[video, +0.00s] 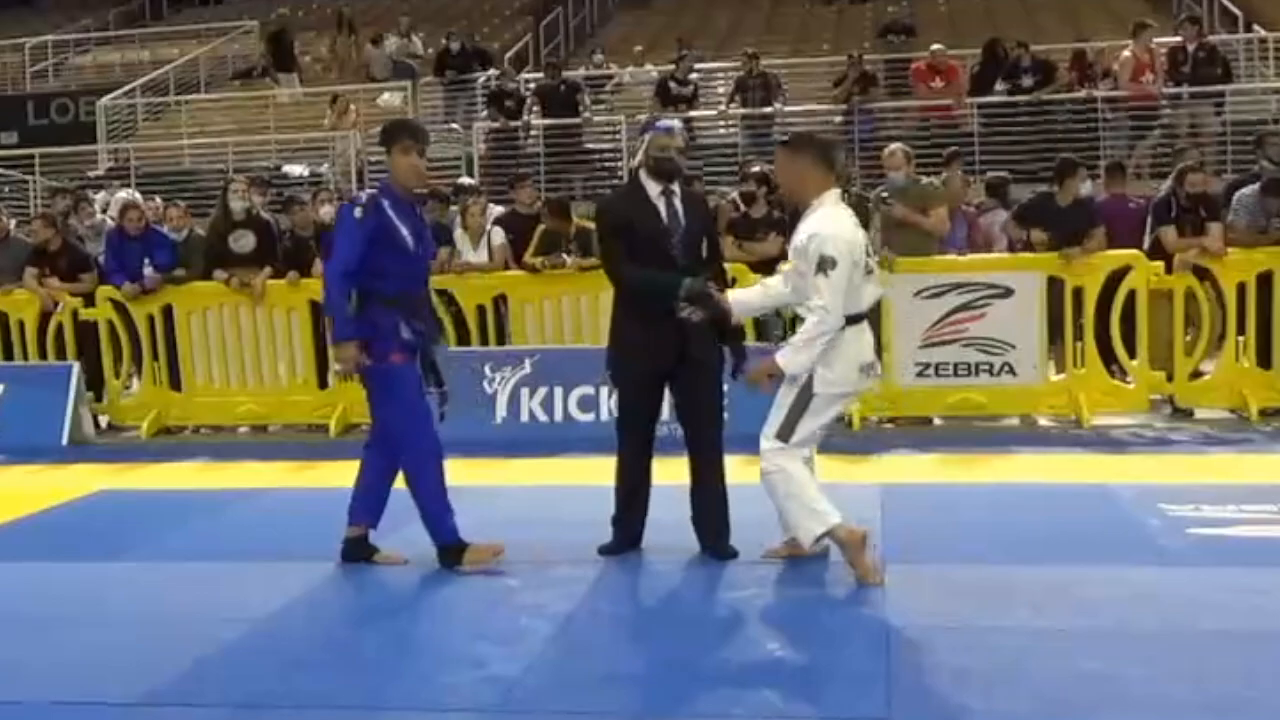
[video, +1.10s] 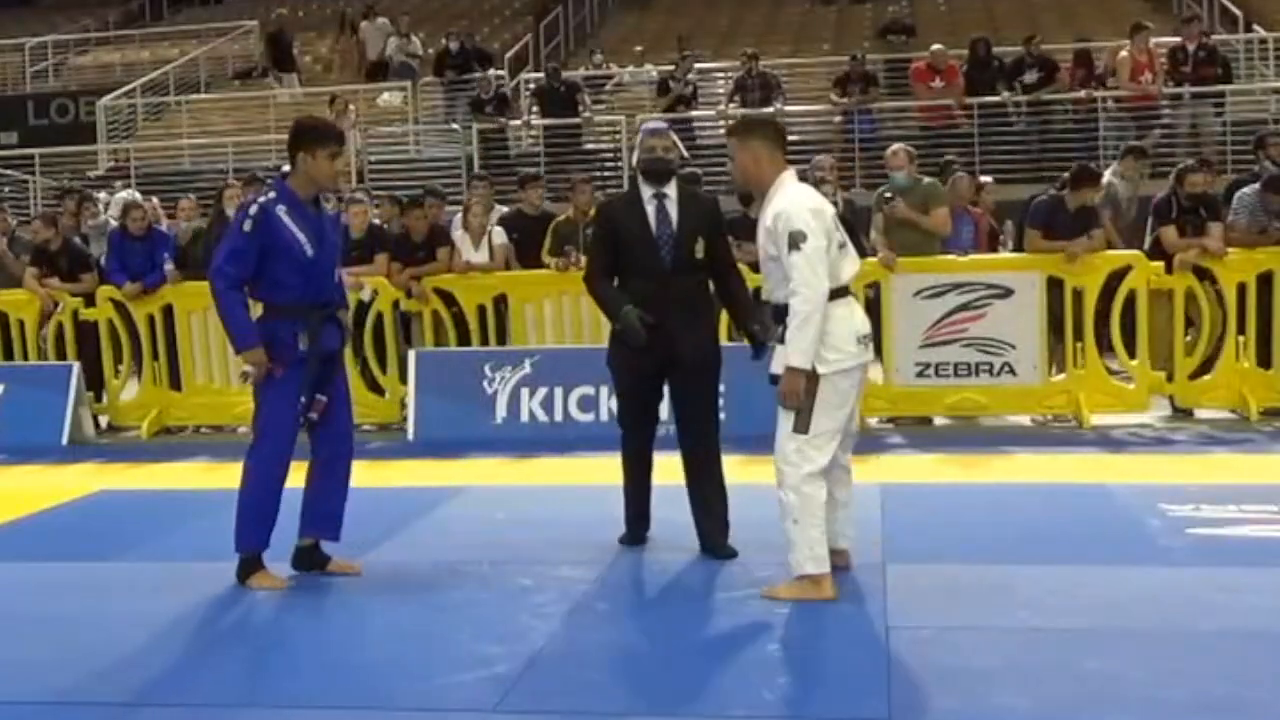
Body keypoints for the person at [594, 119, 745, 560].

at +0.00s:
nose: (671, 158)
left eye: (677, 151)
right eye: (662, 150)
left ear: (684, 154)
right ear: (642, 151)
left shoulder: (697, 202)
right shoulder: (615, 206)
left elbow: (714, 272)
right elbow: (620, 274)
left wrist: (733, 334)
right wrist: (681, 288)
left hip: (696, 339)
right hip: (640, 340)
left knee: (706, 442)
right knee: (634, 441)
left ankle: (714, 536)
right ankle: (627, 533)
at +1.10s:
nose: (659, 152)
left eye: (667, 146)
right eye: (650, 146)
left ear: (680, 154)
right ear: (636, 155)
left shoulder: (701, 206)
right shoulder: (613, 211)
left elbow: (725, 271)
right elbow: (596, 276)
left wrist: (749, 322)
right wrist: (620, 310)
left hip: (695, 338)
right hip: (637, 339)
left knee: (701, 438)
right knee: (636, 438)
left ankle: (713, 535)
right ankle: (636, 526)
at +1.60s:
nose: (642, 160)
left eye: (648, 153)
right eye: (633, 154)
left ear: (660, 159)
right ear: (618, 161)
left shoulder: (682, 204)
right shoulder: (602, 210)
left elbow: (705, 268)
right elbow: (584, 267)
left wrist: (725, 322)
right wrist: (599, 243)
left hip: (682, 330)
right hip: (628, 334)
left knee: (699, 413)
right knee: (631, 430)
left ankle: (700, 489)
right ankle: (636, 522)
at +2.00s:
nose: (669, 163)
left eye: (677, 155)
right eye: (662, 156)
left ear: (689, 161)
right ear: (650, 162)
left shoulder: (706, 205)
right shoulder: (636, 208)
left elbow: (726, 260)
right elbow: (626, 251)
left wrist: (728, 316)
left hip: (698, 320)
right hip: (645, 319)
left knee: (695, 422)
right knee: (646, 424)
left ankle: (695, 508)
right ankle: (639, 516)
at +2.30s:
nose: (673, 166)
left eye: (680, 159)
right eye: (666, 159)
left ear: (690, 163)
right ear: (652, 162)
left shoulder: (702, 207)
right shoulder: (632, 203)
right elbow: (628, 255)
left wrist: (723, 323)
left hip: (697, 317)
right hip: (643, 312)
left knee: (695, 418)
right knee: (639, 411)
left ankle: (693, 503)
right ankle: (634, 487)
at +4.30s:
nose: (642, 170)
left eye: (650, 165)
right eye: (638, 164)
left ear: (667, 170)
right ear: (631, 168)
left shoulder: (692, 215)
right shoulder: (618, 214)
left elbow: (706, 272)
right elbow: (607, 270)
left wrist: (715, 324)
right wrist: (599, 319)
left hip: (677, 325)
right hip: (630, 325)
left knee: (685, 406)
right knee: (636, 406)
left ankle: (691, 480)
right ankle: (637, 476)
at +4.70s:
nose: (636, 175)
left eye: (643, 169)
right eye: (630, 168)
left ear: (654, 173)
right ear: (619, 172)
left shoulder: (674, 210)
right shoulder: (602, 216)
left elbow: (693, 261)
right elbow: (592, 273)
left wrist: (679, 296)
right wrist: (591, 323)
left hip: (670, 318)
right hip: (625, 321)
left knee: (680, 399)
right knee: (633, 402)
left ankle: (690, 477)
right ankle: (638, 473)